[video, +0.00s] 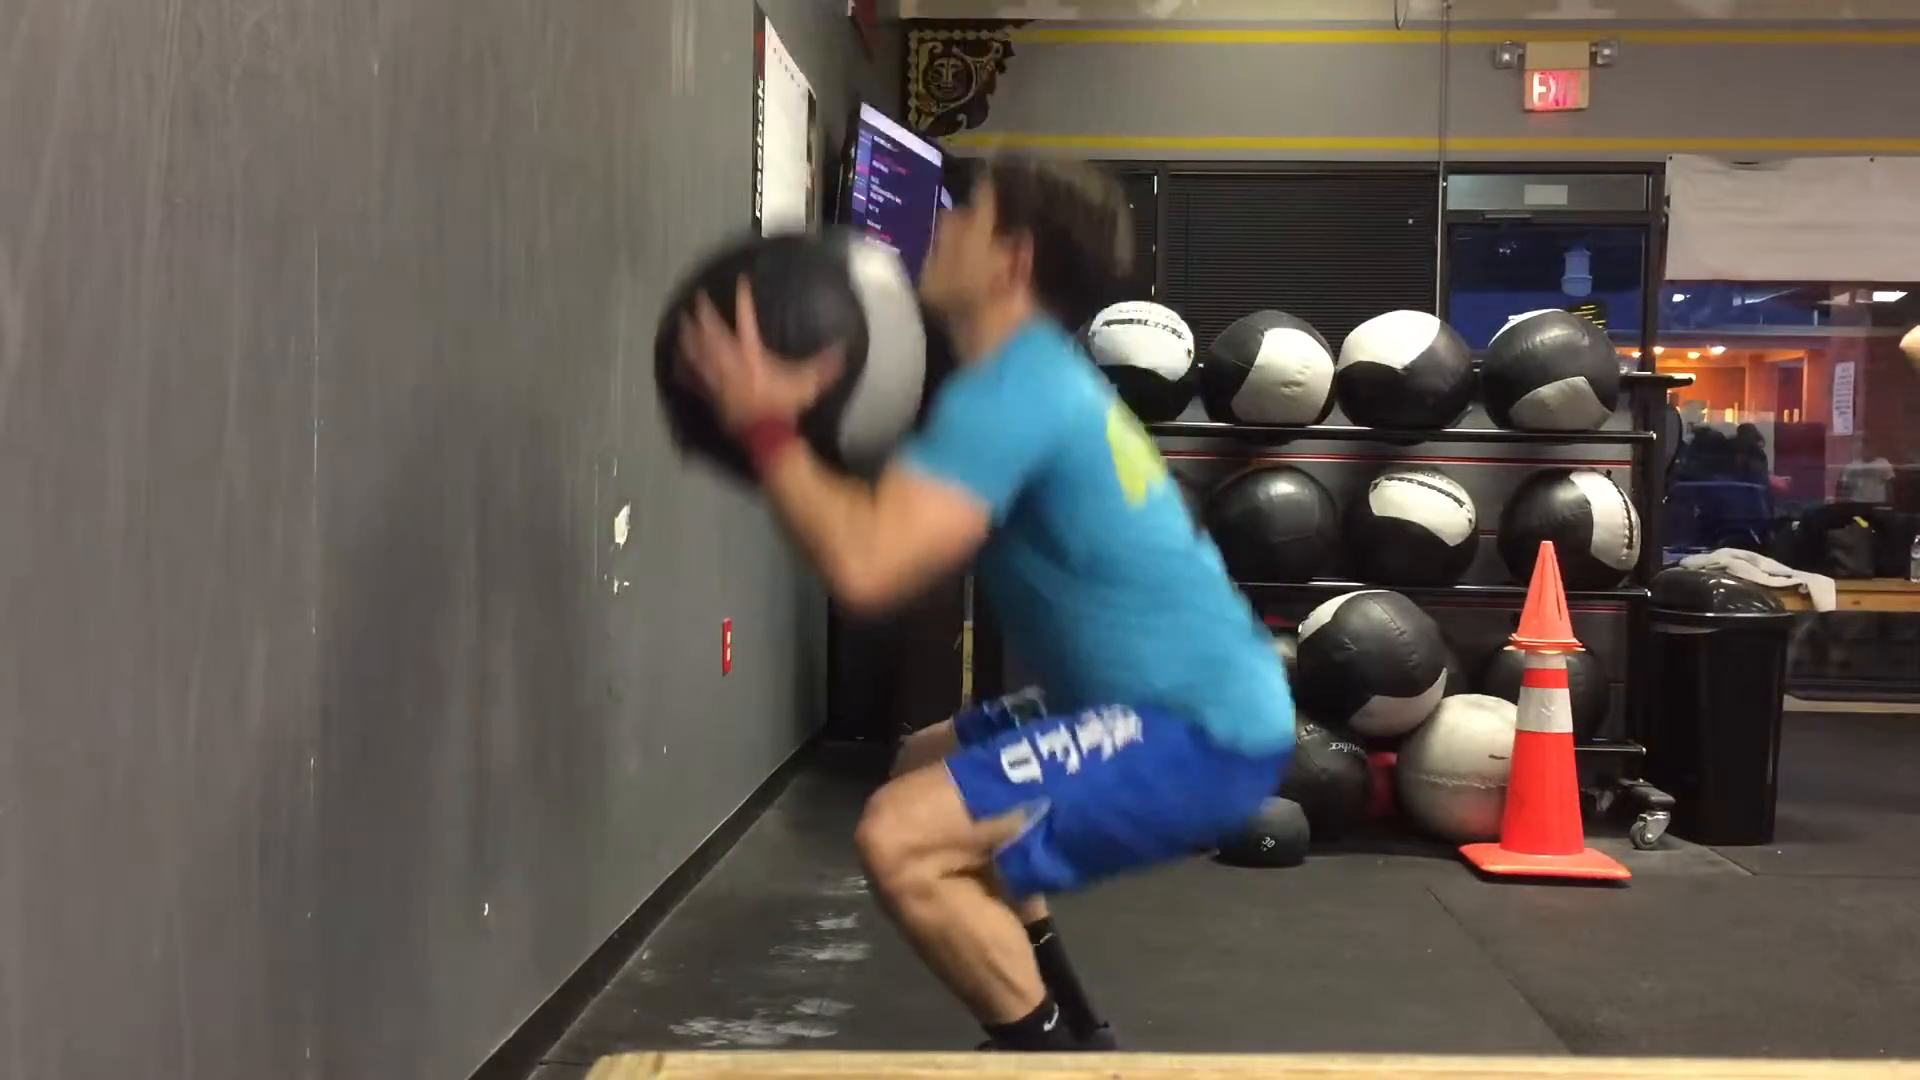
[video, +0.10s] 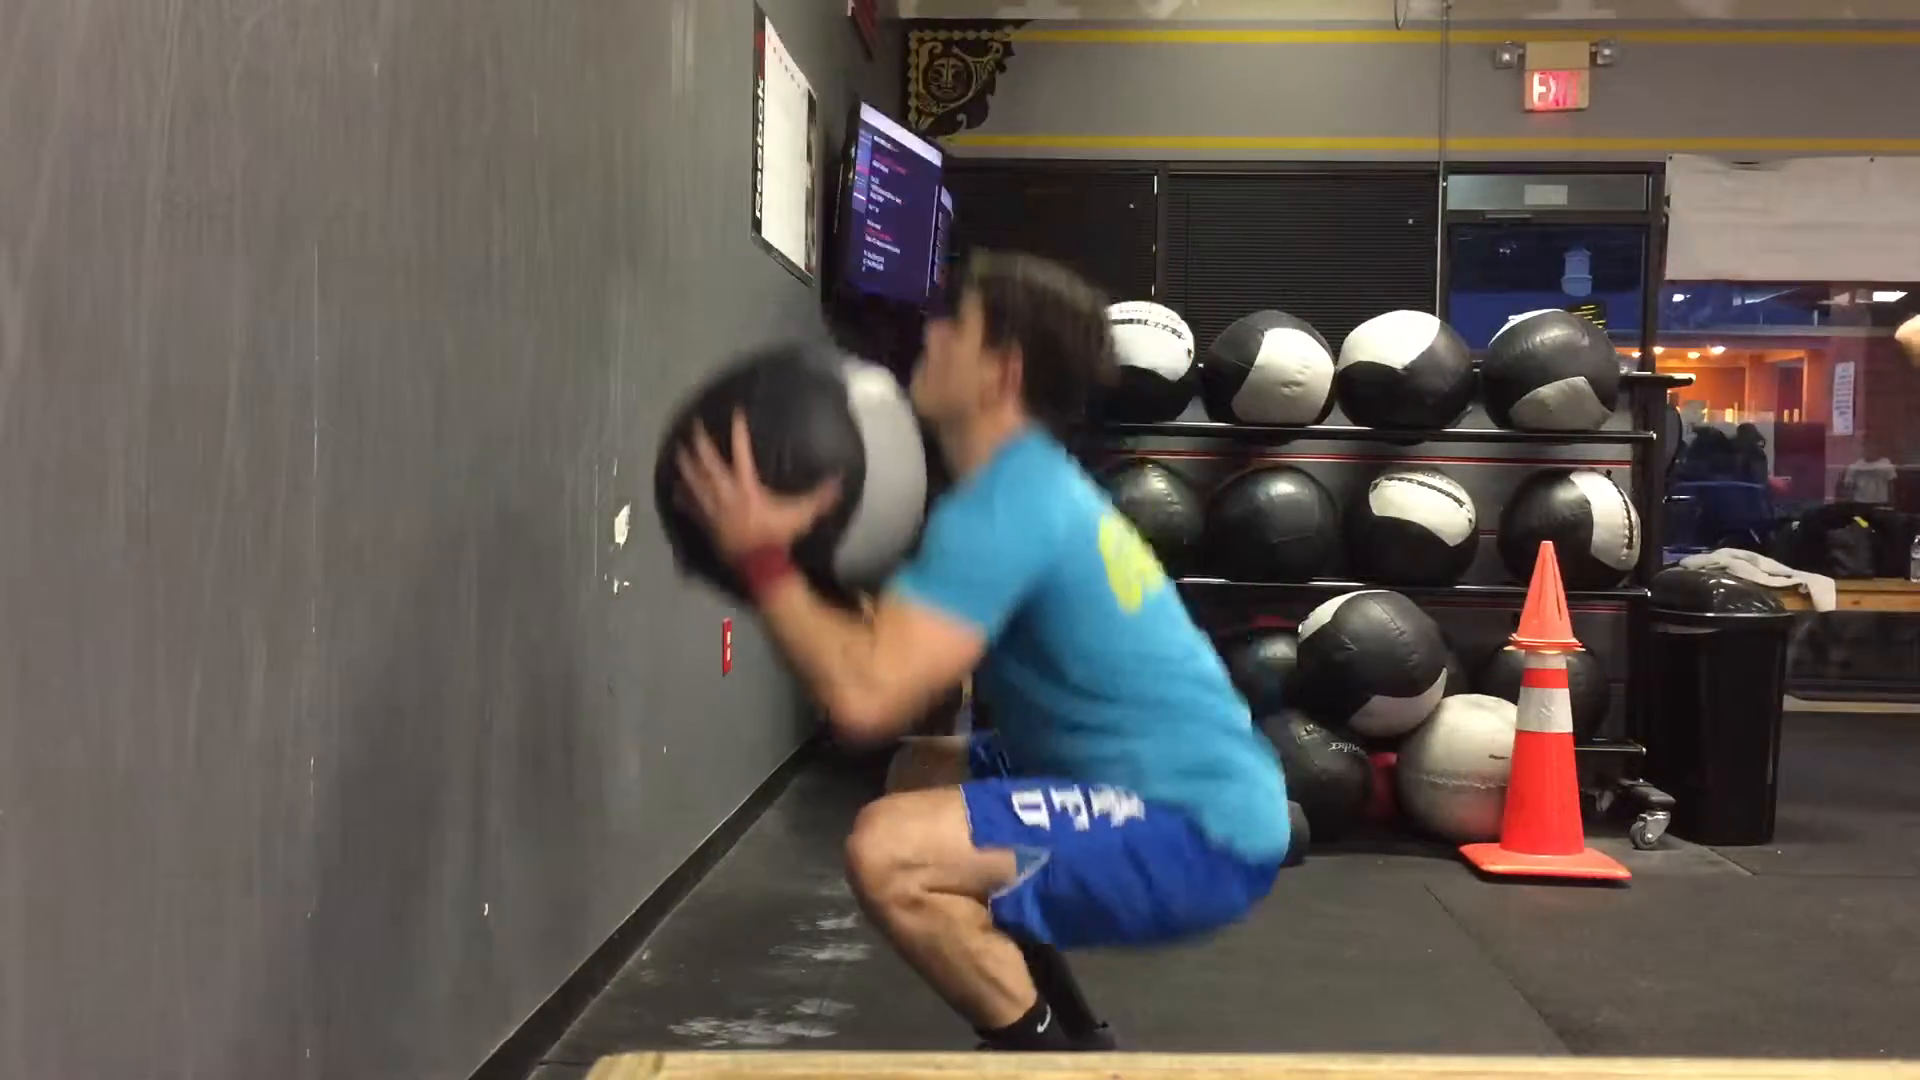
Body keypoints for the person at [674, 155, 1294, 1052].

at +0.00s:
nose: (940, 225)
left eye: (965, 214)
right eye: (956, 208)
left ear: (1013, 263)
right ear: (1015, 269)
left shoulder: (1018, 390)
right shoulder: (1028, 371)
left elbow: (869, 567)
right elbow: (891, 538)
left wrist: (766, 428)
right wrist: (781, 427)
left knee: (900, 841)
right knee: (924, 764)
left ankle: (1046, 1046)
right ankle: (1063, 1016)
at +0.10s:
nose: (929, 336)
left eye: (952, 323)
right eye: (943, 319)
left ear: (1004, 369)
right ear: (1004, 373)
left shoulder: (1010, 505)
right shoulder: (1026, 483)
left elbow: (867, 700)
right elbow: (889, 661)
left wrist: (762, 559)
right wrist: (782, 555)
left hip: (1190, 830)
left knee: (888, 853)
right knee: (911, 775)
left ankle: (1042, 1050)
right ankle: (1066, 1028)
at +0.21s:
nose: (924, 401)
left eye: (948, 389)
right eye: (939, 384)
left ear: (1000, 436)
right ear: (1002, 440)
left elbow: (873, 765)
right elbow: (903, 721)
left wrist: (767, 638)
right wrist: (791, 637)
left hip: (1199, 876)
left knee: (899, 858)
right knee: (925, 815)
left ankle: (1047, 1056)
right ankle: (1071, 1036)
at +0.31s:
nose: (929, 365)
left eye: (950, 353)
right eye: (941, 348)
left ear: (1003, 393)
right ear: (1006, 395)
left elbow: (889, 726)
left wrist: (771, 602)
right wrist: (798, 608)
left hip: (1211, 829)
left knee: (908, 841)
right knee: (935, 774)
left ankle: (1045, 1050)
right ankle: (1067, 1031)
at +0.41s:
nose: (939, 275)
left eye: (963, 261)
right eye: (953, 257)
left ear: (1019, 305)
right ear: (1018, 310)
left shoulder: (1029, 435)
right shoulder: (1048, 412)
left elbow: (900, 623)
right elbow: (911, 586)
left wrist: (783, 503)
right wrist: (789, 492)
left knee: (920, 826)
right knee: (947, 754)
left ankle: (1052, 1051)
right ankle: (1064, 1016)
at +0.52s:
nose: (966, 160)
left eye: (993, 148)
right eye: (982, 144)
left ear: (1044, 186)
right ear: (1045, 191)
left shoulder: (1052, 310)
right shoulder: (1069, 298)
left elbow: (909, 483)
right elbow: (926, 452)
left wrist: (806, 362)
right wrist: (825, 363)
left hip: (1207, 647)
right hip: (1167, 631)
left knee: (932, 816)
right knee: (961, 770)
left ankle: (1055, 1042)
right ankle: (1062, 1016)